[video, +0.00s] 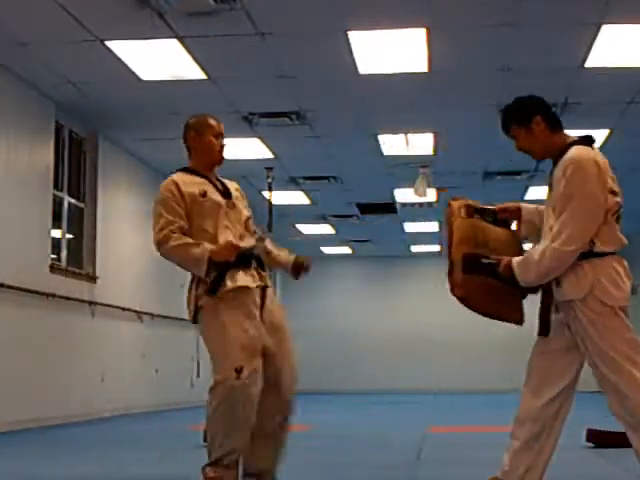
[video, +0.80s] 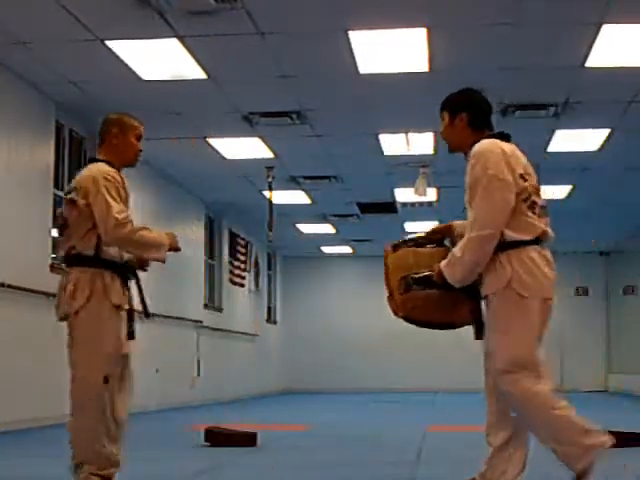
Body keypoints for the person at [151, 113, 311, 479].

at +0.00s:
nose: (223, 143)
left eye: (223, 137)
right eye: (216, 136)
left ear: (215, 142)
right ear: (192, 140)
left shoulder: (232, 189)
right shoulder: (175, 185)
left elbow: (253, 240)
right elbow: (167, 240)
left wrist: (288, 261)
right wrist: (211, 253)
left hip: (261, 291)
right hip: (222, 294)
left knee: (280, 379)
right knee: (239, 376)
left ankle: (260, 470)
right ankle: (222, 468)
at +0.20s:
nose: (242, 139)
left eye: (242, 133)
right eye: (234, 133)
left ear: (237, 142)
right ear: (211, 139)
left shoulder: (245, 193)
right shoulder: (193, 182)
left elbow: (254, 240)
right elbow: (172, 235)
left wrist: (274, 232)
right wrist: (219, 252)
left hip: (248, 288)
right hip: (211, 285)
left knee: (257, 371)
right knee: (221, 364)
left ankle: (251, 464)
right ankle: (195, 466)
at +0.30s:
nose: (239, 134)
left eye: (238, 128)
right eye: (232, 126)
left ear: (227, 134)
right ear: (208, 131)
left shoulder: (235, 185)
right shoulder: (186, 172)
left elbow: (233, 234)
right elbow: (163, 224)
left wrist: (255, 234)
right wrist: (214, 242)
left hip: (236, 283)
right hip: (202, 278)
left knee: (251, 367)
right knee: (208, 365)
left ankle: (256, 466)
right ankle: (151, 457)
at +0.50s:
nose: (214, 160)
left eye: (214, 153)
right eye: (209, 152)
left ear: (189, 154)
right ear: (186, 152)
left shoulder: (189, 204)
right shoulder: (160, 197)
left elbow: (185, 258)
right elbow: (151, 257)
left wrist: (217, 274)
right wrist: (209, 265)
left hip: (210, 308)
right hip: (180, 306)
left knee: (231, 399)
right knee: (165, 394)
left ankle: (243, 471)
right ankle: (99, 471)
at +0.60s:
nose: (191, 159)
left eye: (192, 152)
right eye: (187, 150)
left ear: (166, 150)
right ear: (164, 148)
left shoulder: (159, 195)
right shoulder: (141, 188)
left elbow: (154, 250)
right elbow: (147, 246)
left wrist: (188, 260)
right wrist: (199, 248)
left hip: (169, 298)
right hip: (147, 296)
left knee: (197, 393)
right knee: (135, 395)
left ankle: (240, 467)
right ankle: (99, 472)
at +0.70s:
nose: (166, 154)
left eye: (167, 147)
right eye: (163, 145)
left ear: (141, 145)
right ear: (140, 143)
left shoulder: (133, 187)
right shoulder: (119, 181)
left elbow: (123, 247)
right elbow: (134, 235)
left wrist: (158, 263)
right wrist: (184, 243)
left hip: (134, 293)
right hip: (117, 291)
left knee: (160, 385)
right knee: (112, 389)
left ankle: (185, 468)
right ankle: (97, 471)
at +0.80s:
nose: (141, 147)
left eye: (141, 140)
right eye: (136, 139)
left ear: (113, 140)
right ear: (113, 139)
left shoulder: (107, 177)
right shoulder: (100, 175)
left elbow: (102, 239)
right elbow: (117, 231)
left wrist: (139, 256)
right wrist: (164, 241)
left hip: (106, 286)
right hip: (94, 286)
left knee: (111, 374)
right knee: (95, 375)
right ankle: (93, 466)